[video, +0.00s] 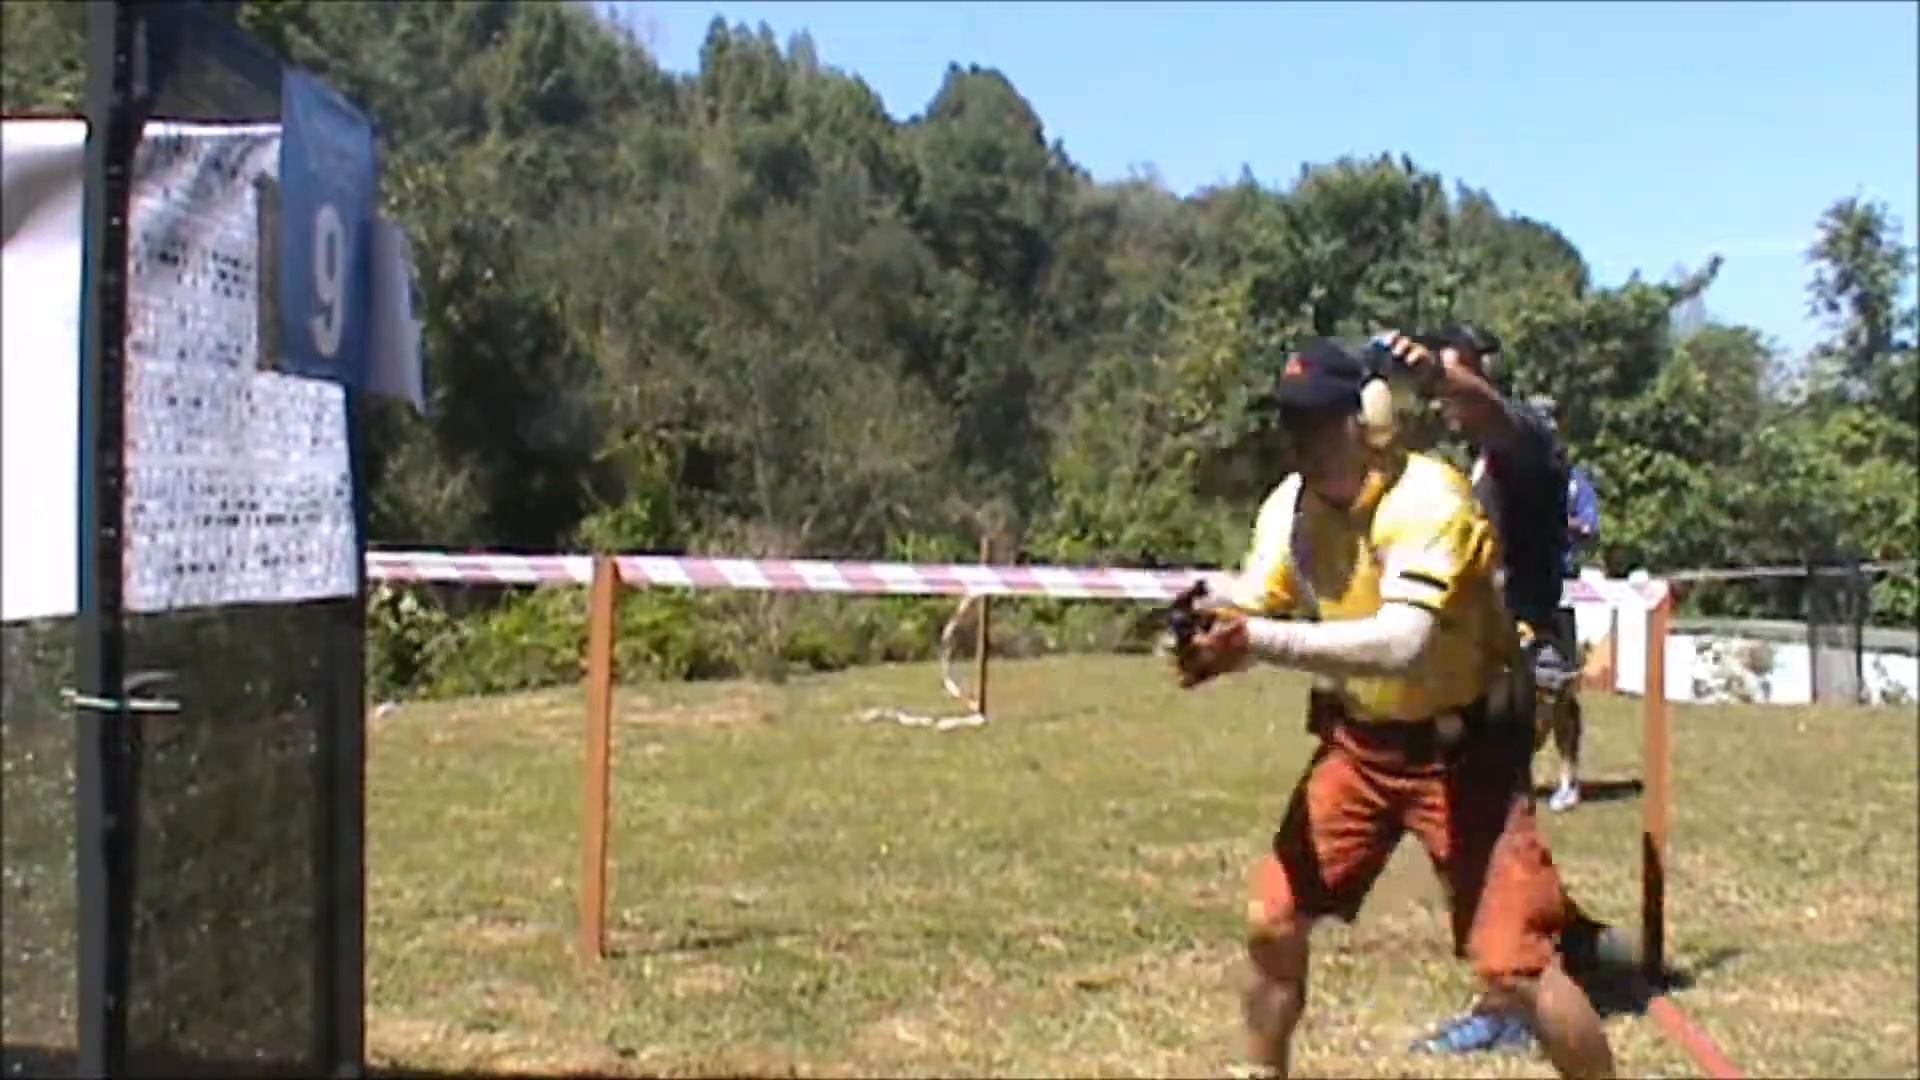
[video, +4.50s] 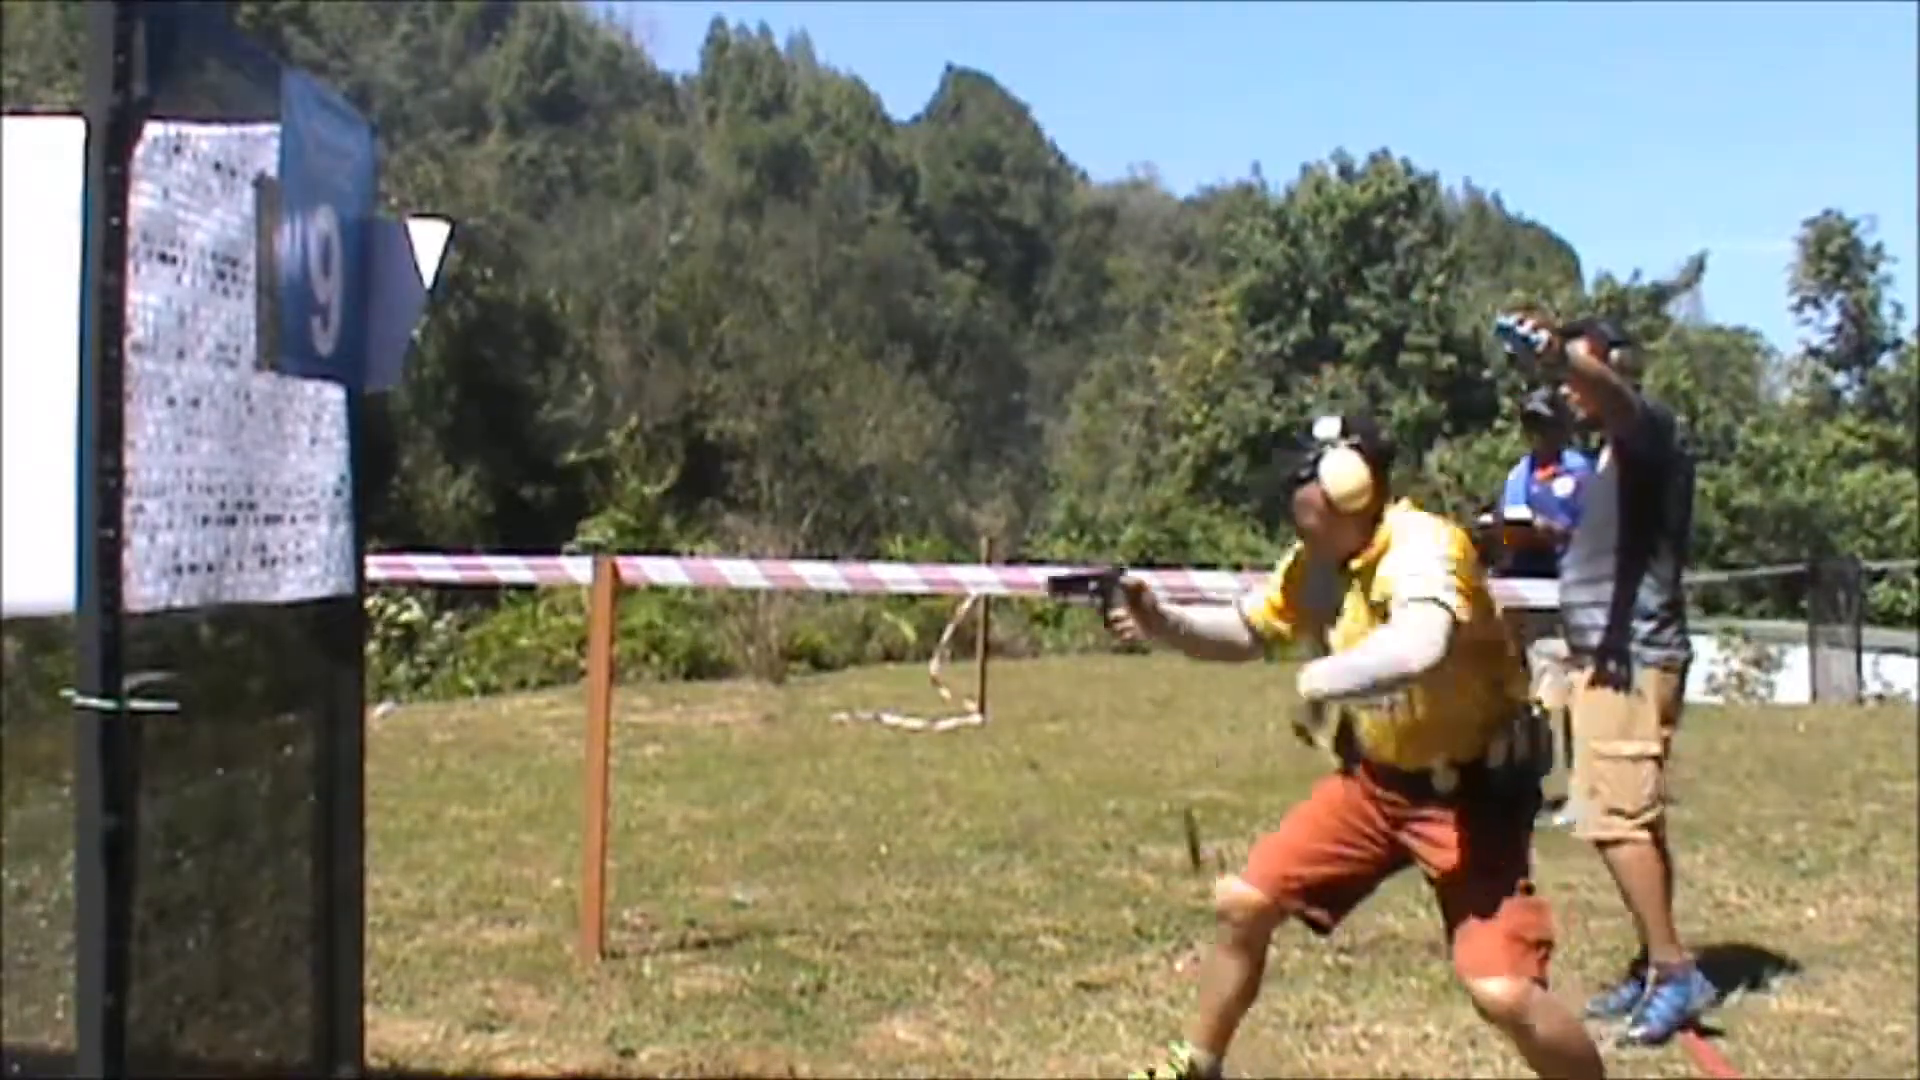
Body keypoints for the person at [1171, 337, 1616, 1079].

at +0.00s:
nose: (1299, 442)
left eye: (1315, 424)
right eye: (1291, 425)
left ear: (1364, 424)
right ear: (1286, 430)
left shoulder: (1431, 500)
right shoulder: (1289, 504)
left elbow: (1399, 641)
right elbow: (1257, 609)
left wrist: (1255, 640)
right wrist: (1212, 631)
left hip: (1464, 757)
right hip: (1356, 751)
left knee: (1517, 964)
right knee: (1274, 922)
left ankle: (1598, 1073)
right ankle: (1265, 1069)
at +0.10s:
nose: (1372, 409)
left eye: (1387, 391)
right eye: (1364, 392)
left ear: (1434, 391)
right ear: (1361, 396)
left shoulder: (1499, 463)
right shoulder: (1362, 459)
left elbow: (1423, 573)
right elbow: (1293, 575)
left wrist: (1291, 546)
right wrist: (1252, 555)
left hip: (1525, 731)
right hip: (1419, 722)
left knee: (1552, 949)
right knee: (1337, 902)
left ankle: (1611, 1075)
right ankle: (1333, 1065)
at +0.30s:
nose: (1410, 401)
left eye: (1425, 381)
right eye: (1404, 383)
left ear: (1482, 373)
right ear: (1405, 382)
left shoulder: (1556, 434)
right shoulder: (1437, 440)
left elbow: (1436, 477)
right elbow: (1359, 471)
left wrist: (1300, 428)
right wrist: (1278, 439)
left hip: (1585, 704)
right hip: (1478, 697)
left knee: (1598, 927)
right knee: (1440, 892)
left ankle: (1621, 1074)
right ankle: (1400, 1065)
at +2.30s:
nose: (1447, 392)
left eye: (1461, 371)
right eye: (1440, 373)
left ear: (1514, 360)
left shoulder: (1588, 427)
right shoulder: (1488, 436)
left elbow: (1470, 457)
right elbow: (1404, 471)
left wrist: (1338, 409)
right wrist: (1320, 429)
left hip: (1599, 708)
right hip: (1501, 699)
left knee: (1593, 942)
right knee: (1462, 918)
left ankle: (1621, 1072)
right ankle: (1432, 1071)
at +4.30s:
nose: (1411, 417)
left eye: (1423, 405)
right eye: (1413, 404)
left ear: (1469, 421)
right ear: (1457, 423)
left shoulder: (1549, 486)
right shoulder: (1420, 481)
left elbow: (1455, 576)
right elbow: (1322, 565)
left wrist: (1321, 516)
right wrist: (1291, 508)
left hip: (1557, 751)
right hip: (1457, 734)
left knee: (1562, 962)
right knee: (1355, 896)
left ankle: (1609, 1073)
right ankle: (1355, 1066)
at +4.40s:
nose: (1389, 469)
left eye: (1402, 461)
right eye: (1394, 457)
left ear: (1441, 475)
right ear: (1423, 468)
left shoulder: (1523, 526)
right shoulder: (1394, 515)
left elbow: (1420, 618)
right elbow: (1297, 605)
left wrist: (1277, 570)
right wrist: (1247, 581)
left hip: (1535, 773)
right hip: (1433, 757)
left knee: (1548, 972)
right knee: (1311, 901)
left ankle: (1606, 1073)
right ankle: (1294, 1062)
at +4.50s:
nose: (1296, 509)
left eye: (1304, 495)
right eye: (1297, 495)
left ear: (1343, 502)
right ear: (1322, 507)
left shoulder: (1426, 544)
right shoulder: (1315, 564)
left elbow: (1422, 644)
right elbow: (1244, 633)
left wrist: (1314, 680)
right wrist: (1162, 620)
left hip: (1473, 796)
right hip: (1374, 785)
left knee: (1501, 990)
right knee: (1244, 904)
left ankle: (1590, 1072)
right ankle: (1201, 1064)